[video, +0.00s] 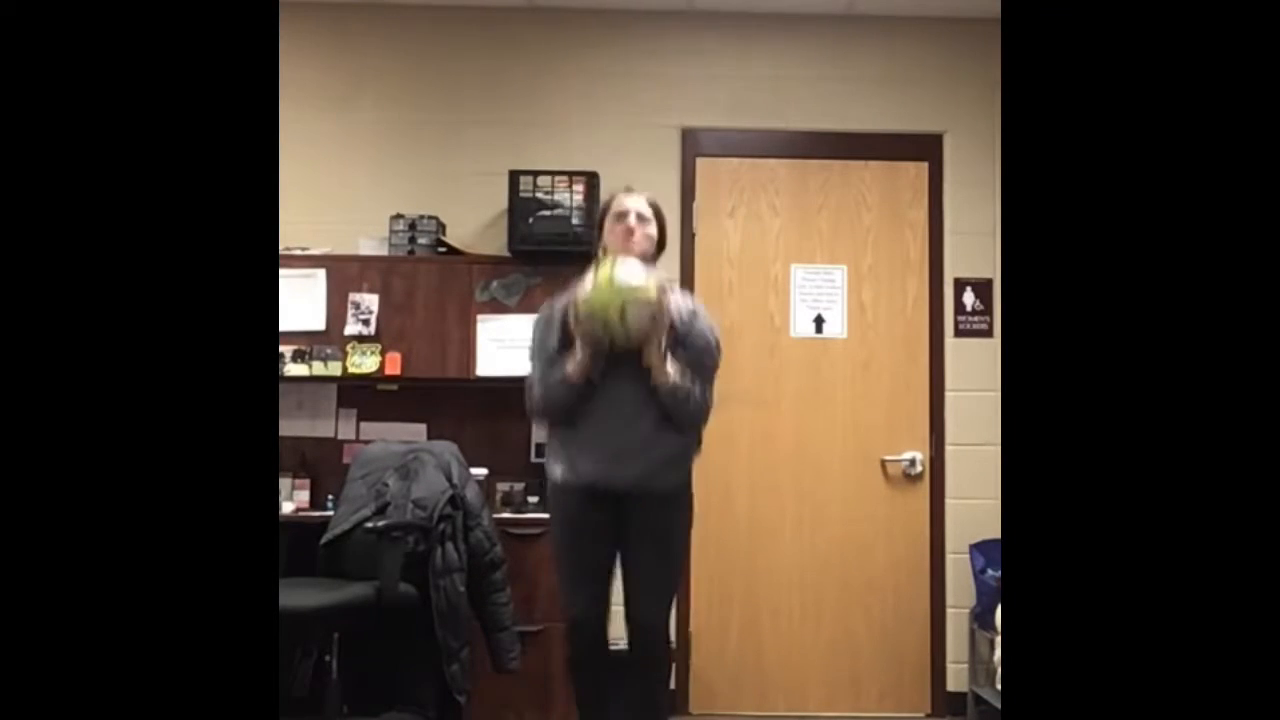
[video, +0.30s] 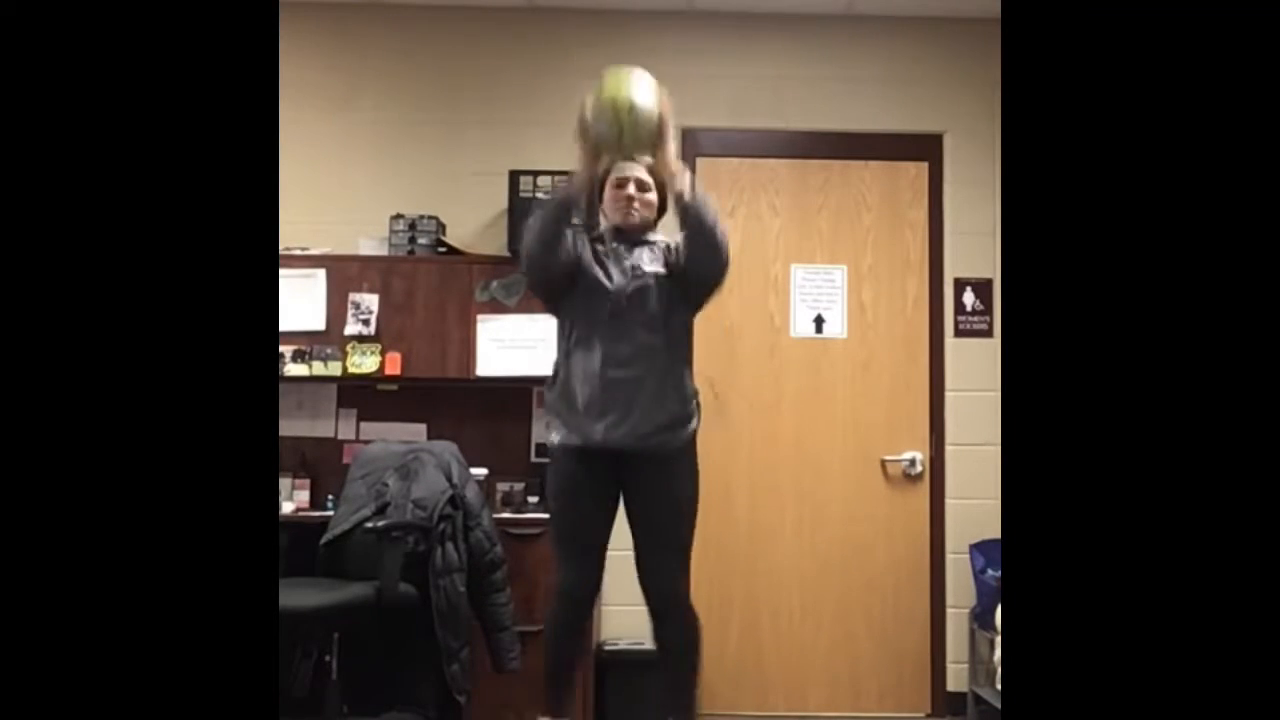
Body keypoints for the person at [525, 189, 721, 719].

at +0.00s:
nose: (632, 226)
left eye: (644, 219)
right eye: (621, 217)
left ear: (659, 239)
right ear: (602, 233)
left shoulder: (685, 315)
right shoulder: (562, 313)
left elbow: (694, 414)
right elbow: (544, 404)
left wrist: (656, 357)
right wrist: (584, 353)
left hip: (659, 493)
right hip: (580, 493)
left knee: (650, 628)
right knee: (584, 626)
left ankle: (647, 715)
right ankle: (594, 714)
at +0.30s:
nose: (633, 192)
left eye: (644, 186)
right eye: (621, 183)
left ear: (660, 201)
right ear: (600, 196)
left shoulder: (676, 265)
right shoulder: (575, 254)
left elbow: (712, 257)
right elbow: (536, 258)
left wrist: (678, 179)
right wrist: (581, 178)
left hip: (662, 444)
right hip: (581, 443)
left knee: (667, 593)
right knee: (573, 590)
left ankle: (681, 712)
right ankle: (556, 712)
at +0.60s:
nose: (630, 244)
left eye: (642, 237)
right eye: (618, 234)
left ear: (660, 255)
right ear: (596, 254)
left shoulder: (679, 317)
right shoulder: (579, 313)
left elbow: (695, 236)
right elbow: (565, 230)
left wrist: (675, 134)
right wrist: (588, 131)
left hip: (664, 510)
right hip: (581, 509)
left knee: (695, 650)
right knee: (551, 649)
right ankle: (502, 714)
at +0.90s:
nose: (639, 213)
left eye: (651, 205)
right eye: (627, 205)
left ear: (668, 224)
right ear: (609, 221)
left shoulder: (695, 298)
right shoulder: (572, 294)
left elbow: (718, 388)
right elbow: (542, 382)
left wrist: (671, 340)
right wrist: (590, 329)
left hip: (672, 479)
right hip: (592, 479)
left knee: (663, 618)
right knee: (596, 618)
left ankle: (662, 713)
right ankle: (603, 713)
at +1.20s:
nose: (640, 185)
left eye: (652, 174)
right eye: (627, 173)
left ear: (672, 180)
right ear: (605, 180)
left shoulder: (684, 249)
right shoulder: (584, 251)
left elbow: (725, 294)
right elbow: (545, 298)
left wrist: (687, 252)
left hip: (672, 448)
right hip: (593, 448)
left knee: (670, 593)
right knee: (582, 593)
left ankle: (674, 704)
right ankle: (576, 708)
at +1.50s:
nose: (628, 227)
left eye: (638, 217)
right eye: (616, 220)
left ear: (658, 232)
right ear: (598, 238)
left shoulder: (674, 298)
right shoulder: (582, 293)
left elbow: (698, 238)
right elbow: (545, 222)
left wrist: (678, 144)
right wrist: (584, 130)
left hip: (654, 474)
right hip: (582, 470)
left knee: (681, 622)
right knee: (550, 616)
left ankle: (721, 709)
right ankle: (521, 711)